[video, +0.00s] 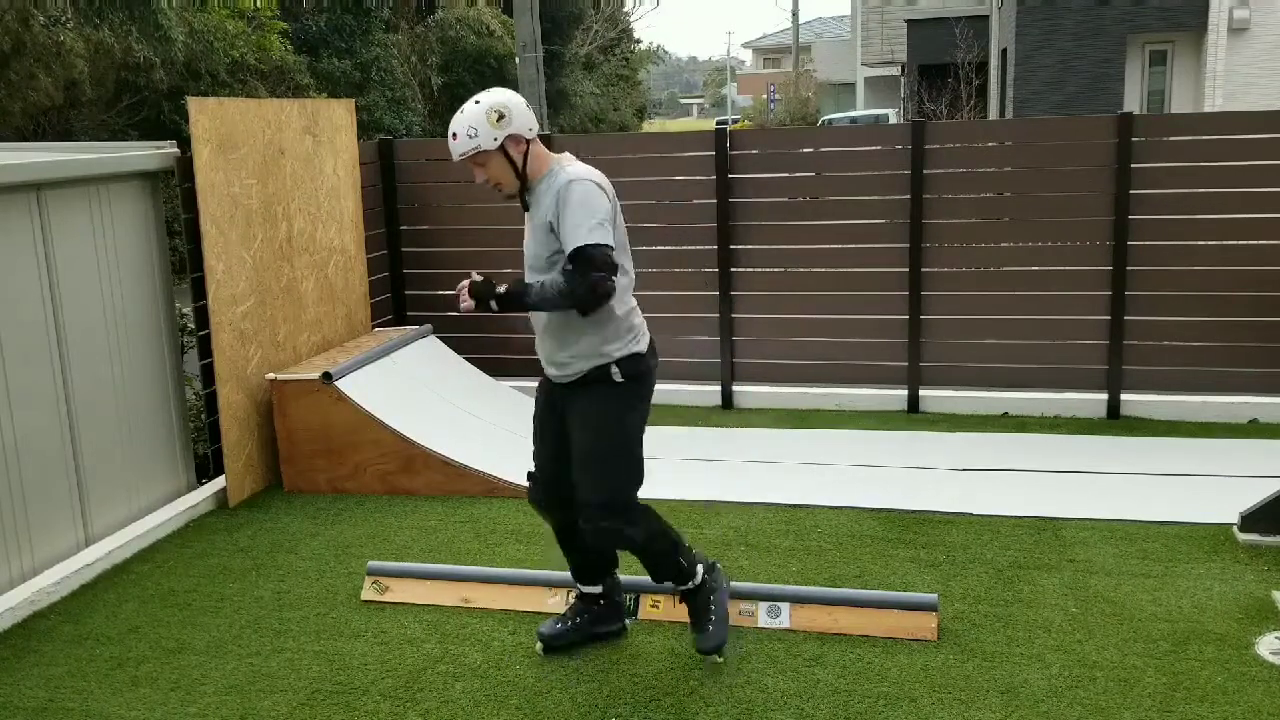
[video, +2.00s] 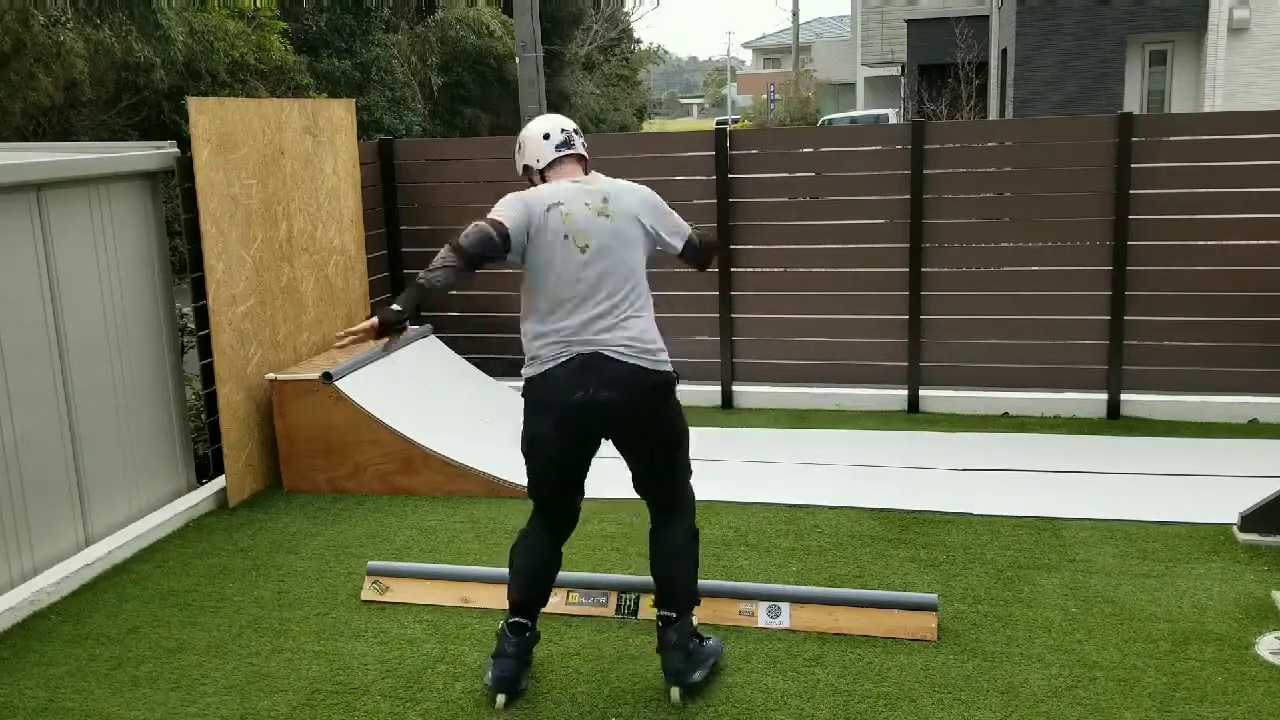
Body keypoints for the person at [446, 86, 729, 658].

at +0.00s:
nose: (479, 178)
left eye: (480, 163)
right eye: (473, 167)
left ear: (517, 145)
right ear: (515, 148)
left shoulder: (578, 187)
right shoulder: (545, 193)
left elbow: (594, 283)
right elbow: (563, 282)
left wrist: (508, 295)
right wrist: (499, 294)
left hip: (611, 371)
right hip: (563, 375)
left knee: (606, 505)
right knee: (554, 492)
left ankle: (697, 579)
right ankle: (601, 601)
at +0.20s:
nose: (457, 175)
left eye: (454, 161)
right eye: (450, 164)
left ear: (480, 142)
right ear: (497, 138)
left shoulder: (529, 189)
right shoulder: (565, 176)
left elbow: (520, 295)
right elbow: (620, 265)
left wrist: (464, 303)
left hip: (573, 373)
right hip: (599, 362)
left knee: (514, 507)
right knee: (558, 491)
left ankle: (626, 636)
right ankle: (595, 608)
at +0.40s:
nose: (455, 173)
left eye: (451, 160)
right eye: (450, 162)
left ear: (464, 149)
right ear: (512, 138)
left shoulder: (478, 197)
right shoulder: (584, 185)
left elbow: (454, 309)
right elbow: (638, 277)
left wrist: (433, 359)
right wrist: (629, 352)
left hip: (540, 382)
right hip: (605, 370)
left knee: (509, 537)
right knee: (567, 499)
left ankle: (542, 692)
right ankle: (604, 619)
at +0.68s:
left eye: (483, 137)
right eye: (540, 123)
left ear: (481, 137)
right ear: (544, 127)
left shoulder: (456, 187)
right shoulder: (594, 178)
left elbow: (422, 296)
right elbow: (643, 281)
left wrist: (470, 343)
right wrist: (663, 368)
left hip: (497, 389)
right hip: (591, 383)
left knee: (510, 552)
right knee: (608, 525)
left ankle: (534, 699)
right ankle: (629, 672)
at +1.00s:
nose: (598, 134)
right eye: (598, 124)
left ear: (534, 130)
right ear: (594, 124)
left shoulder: (489, 191)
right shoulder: (615, 182)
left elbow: (448, 304)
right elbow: (640, 296)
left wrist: (499, 354)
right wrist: (679, 391)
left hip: (510, 392)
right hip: (601, 392)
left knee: (526, 545)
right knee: (625, 558)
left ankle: (535, 693)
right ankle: (618, 704)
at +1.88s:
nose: (630, 218)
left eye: (625, 210)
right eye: (628, 211)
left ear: (570, 219)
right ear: (621, 212)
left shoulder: (536, 254)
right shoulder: (637, 251)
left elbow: (467, 322)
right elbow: (677, 346)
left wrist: (447, 389)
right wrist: (707, 403)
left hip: (517, 413)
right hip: (602, 412)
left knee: (552, 516)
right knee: (668, 505)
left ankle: (507, 656)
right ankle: (680, 651)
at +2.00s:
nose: (533, 179)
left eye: (527, 171)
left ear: (532, 167)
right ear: (585, 154)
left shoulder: (524, 204)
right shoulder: (635, 196)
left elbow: (470, 247)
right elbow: (700, 252)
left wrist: (399, 309)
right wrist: (702, 245)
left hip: (554, 381)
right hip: (639, 376)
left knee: (550, 514)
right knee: (671, 506)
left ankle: (512, 651)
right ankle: (680, 649)